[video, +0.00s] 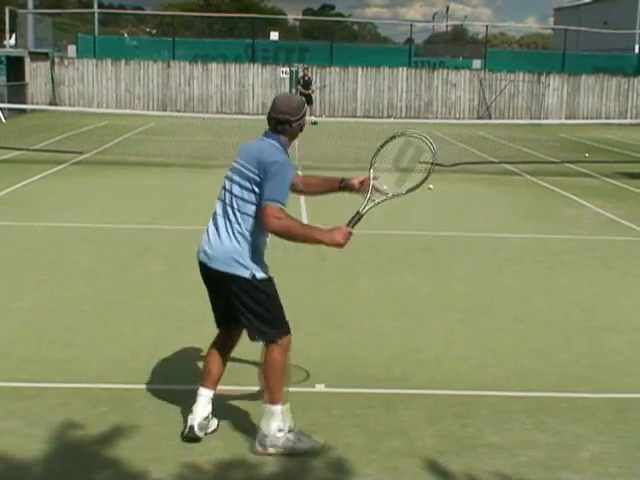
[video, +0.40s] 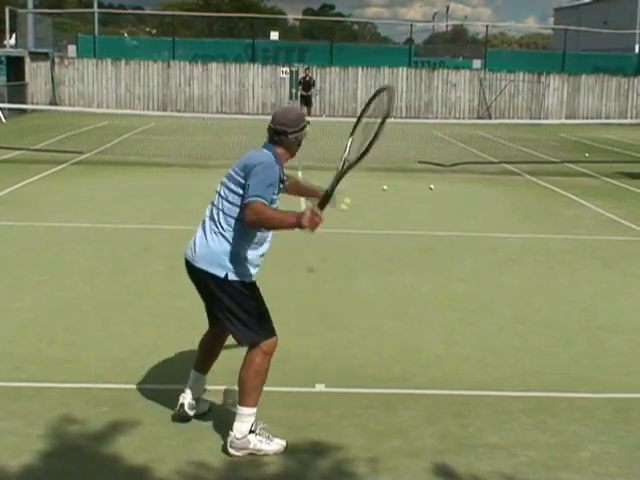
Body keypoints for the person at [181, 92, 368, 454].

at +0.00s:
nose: (305, 127)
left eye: (304, 122)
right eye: (305, 122)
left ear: (270, 121)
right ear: (298, 126)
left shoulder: (253, 149)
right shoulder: (277, 161)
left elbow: (298, 183)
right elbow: (272, 220)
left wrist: (345, 184)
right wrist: (325, 236)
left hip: (211, 257)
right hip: (240, 264)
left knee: (229, 330)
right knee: (279, 338)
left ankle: (199, 414)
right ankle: (275, 428)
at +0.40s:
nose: (304, 139)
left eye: (302, 132)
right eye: (303, 133)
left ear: (270, 132)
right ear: (299, 138)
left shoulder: (257, 158)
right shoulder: (268, 167)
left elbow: (287, 183)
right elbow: (253, 212)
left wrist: (315, 194)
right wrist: (299, 219)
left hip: (202, 258)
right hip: (225, 269)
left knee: (220, 327)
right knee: (265, 342)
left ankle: (191, 397)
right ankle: (243, 432)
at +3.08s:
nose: (235, 122)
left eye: (233, 117)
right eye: (235, 118)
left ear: (205, 116)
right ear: (231, 122)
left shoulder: (183, 141)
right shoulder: (217, 153)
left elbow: (213, 181)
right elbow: (212, 204)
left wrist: (255, 184)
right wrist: (247, 226)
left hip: (153, 236)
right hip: (185, 244)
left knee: (159, 296)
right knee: (209, 313)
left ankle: (122, 365)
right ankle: (179, 394)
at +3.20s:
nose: (217, 127)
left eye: (215, 122)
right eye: (217, 123)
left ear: (188, 121)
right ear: (214, 127)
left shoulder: (169, 144)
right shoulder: (193, 155)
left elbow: (201, 174)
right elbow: (189, 203)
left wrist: (241, 175)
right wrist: (232, 223)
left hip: (128, 233)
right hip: (159, 241)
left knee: (136, 296)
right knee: (190, 309)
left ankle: (100, 366)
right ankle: (178, 391)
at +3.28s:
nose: (207, 129)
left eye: (204, 124)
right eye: (207, 124)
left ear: (180, 120)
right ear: (203, 127)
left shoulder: (160, 140)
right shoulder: (180, 152)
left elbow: (197, 168)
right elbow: (172, 196)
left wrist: (237, 170)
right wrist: (218, 216)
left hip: (115, 231)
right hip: (143, 238)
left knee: (128, 295)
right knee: (178, 299)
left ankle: (99, 366)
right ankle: (166, 379)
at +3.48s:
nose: (193, 128)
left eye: (192, 123)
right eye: (193, 124)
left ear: (167, 120)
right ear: (188, 126)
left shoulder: (152, 137)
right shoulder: (164, 149)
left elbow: (181, 159)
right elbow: (149, 189)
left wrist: (216, 165)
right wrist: (191, 206)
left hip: (100, 222)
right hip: (122, 231)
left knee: (123, 278)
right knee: (148, 295)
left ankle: (93, 338)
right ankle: (115, 367)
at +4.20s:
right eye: (171, 123)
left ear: (146, 119)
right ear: (172, 125)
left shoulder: (123, 137)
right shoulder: (173, 151)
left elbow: (96, 161)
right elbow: (154, 173)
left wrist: (73, 195)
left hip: (107, 214)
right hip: (139, 219)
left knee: (111, 263)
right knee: (142, 284)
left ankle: (101, 322)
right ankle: (120, 328)